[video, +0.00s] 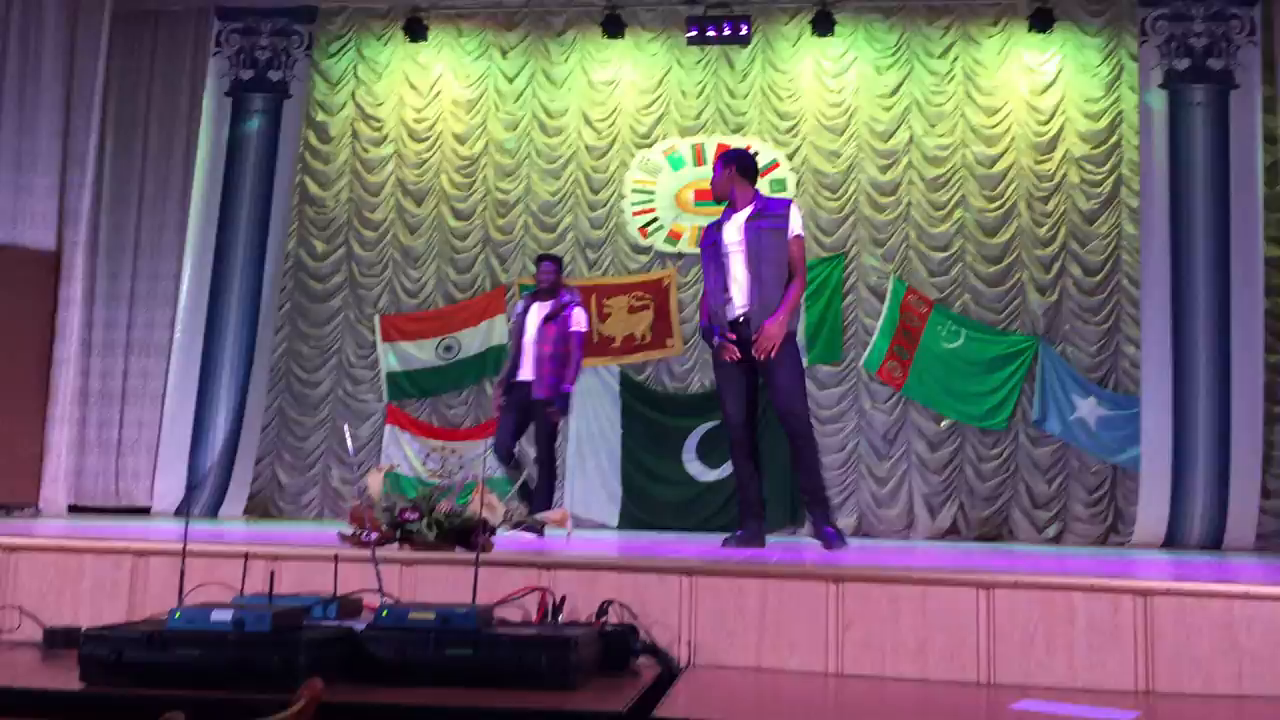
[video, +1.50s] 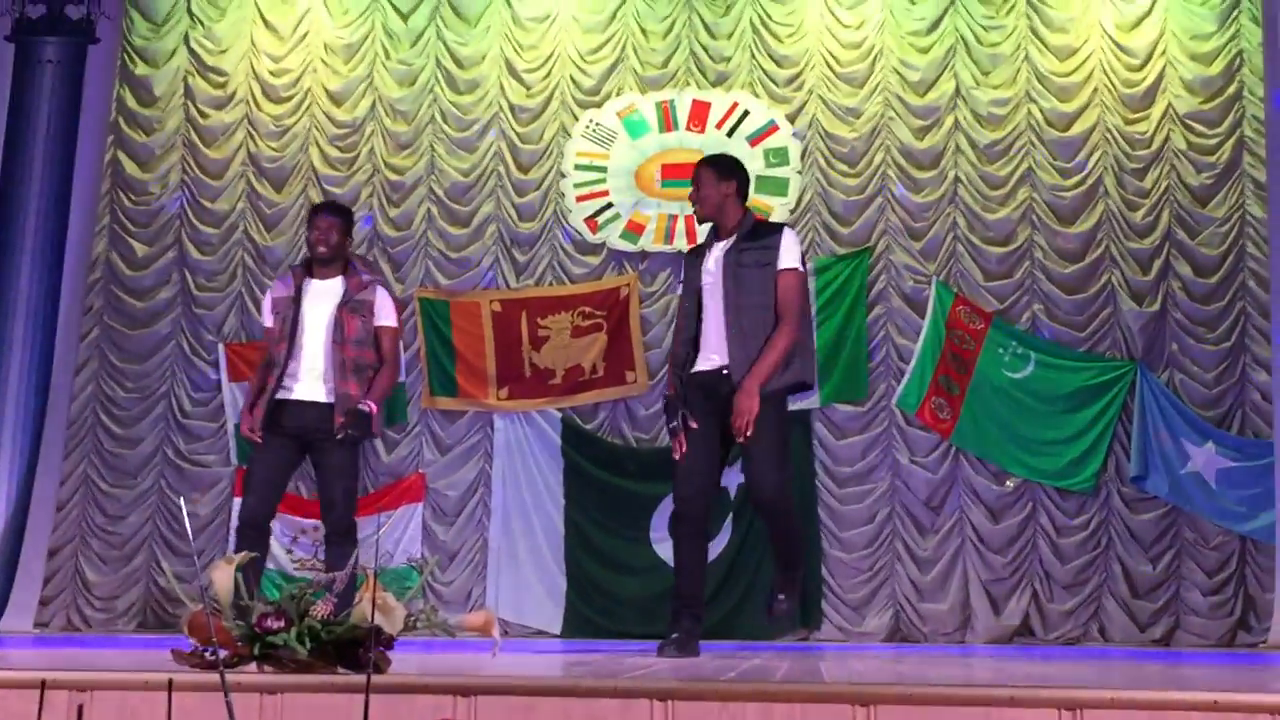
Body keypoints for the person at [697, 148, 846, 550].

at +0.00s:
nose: (712, 180)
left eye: (716, 172)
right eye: (714, 172)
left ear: (733, 173)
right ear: (736, 174)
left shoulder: (783, 212)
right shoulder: (712, 232)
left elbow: (798, 275)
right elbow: (708, 291)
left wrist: (780, 322)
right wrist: (712, 332)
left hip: (775, 334)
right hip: (729, 339)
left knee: (796, 424)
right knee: (739, 434)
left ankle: (822, 521)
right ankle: (751, 528)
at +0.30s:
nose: (702, 232)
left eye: (706, 224)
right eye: (703, 224)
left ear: (723, 223)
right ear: (723, 224)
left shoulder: (773, 255)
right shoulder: (706, 280)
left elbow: (794, 318)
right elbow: (708, 345)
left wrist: (778, 365)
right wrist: (681, 361)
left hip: (771, 374)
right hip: (723, 380)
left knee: (804, 464)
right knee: (722, 471)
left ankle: (830, 559)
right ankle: (717, 570)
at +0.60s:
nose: (750, 193)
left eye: (758, 188)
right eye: (746, 189)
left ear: (775, 198)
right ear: (740, 200)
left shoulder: (798, 242)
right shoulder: (724, 248)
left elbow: (807, 306)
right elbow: (719, 315)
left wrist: (792, 353)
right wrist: (683, 321)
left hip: (778, 356)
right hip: (731, 355)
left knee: (789, 448)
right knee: (707, 438)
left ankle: (803, 542)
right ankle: (692, 537)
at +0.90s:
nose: (801, 158)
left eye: (811, 153)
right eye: (793, 154)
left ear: (827, 169)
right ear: (783, 172)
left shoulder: (850, 222)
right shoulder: (762, 231)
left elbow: (863, 299)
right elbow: (747, 305)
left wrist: (865, 248)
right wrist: (712, 255)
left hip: (833, 361)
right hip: (771, 359)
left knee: (849, 472)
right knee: (727, 460)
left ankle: (874, 594)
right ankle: (683, 576)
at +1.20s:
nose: (742, 165)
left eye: (753, 157)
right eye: (739, 158)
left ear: (778, 167)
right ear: (737, 169)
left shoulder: (819, 223)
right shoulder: (725, 242)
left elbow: (830, 305)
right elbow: (723, 322)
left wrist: (775, 314)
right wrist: (738, 309)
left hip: (805, 369)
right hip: (744, 372)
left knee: (839, 478)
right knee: (725, 487)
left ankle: (868, 604)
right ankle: (710, 615)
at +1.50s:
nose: (692, 196)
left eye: (700, 187)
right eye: (693, 188)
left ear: (732, 191)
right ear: (715, 194)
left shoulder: (780, 240)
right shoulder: (699, 256)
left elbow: (791, 325)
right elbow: (683, 337)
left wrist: (751, 386)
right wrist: (675, 403)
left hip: (757, 388)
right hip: (700, 390)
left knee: (769, 493)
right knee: (689, 510)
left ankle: (788, 583)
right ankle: (686, 627)